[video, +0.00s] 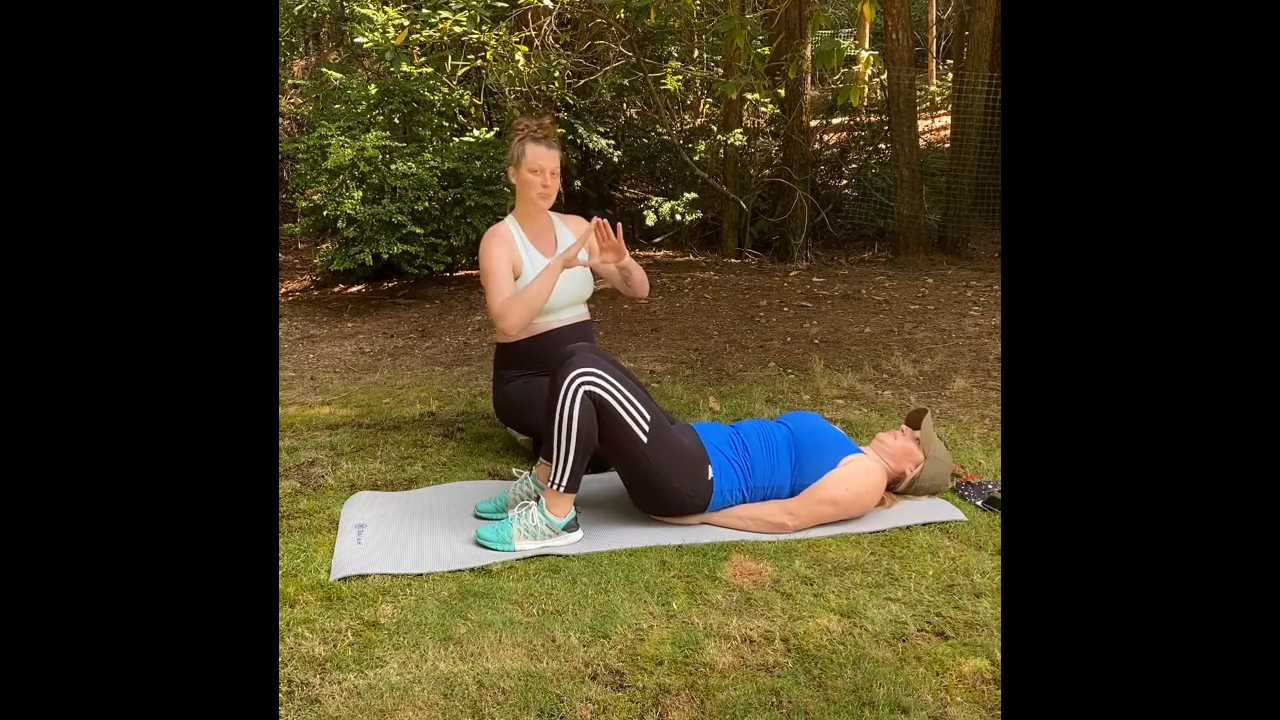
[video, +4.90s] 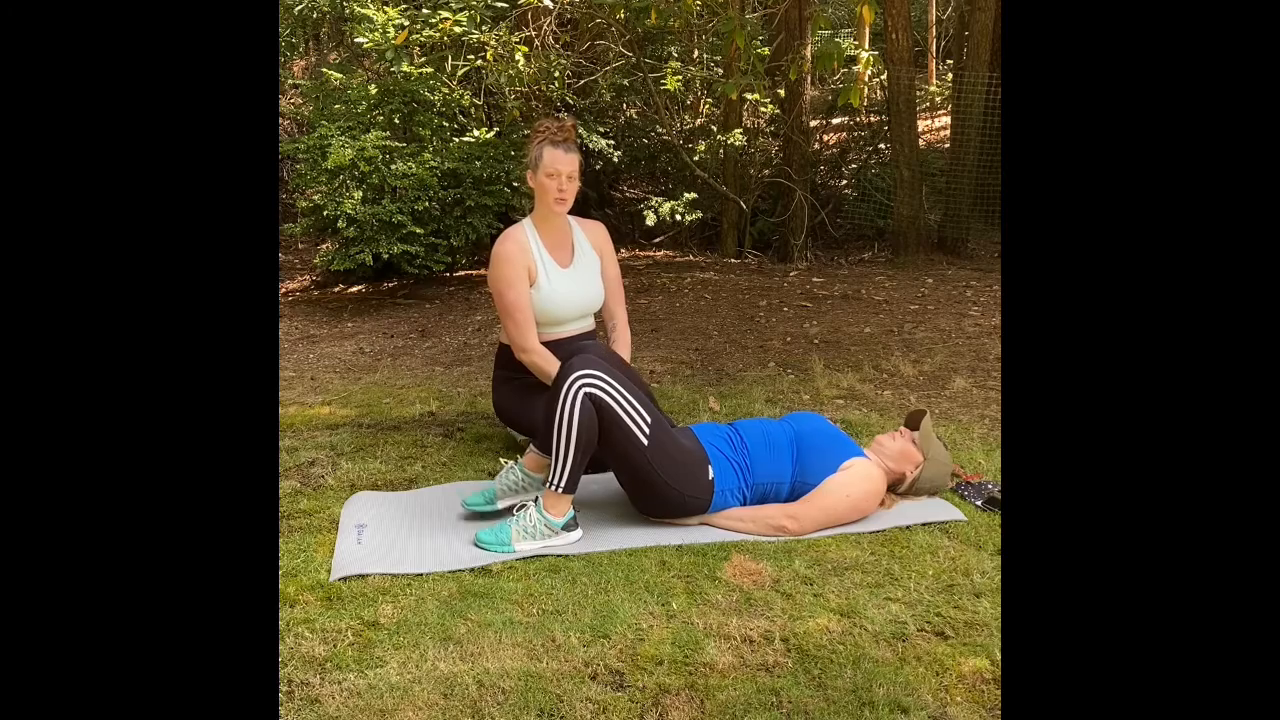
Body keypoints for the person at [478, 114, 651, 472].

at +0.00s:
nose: (547, 183)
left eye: (554, 173)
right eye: (536, 173)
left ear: (561, 177)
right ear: (513, 175)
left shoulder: (576, 228)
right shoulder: (498, 241)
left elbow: (639, 292)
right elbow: (507, 325)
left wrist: (625, 265)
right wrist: (557, 264)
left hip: (584, 363)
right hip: (524, 376)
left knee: (650, 435)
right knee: (605, 445)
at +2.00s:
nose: (549, 182)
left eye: (556, 173)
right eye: (538, 170)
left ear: (563, 180)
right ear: (515, 173)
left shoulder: (579, 229)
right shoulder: (498, 242)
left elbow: (644, 292)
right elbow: (501, 321)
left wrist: (627, 269)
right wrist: (554, 268)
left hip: (584, 364)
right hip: (523, 376)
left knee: (638, 439)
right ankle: (540, 454)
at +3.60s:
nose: (549, 183)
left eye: (558, 175)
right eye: (539, 172)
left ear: (565, 180)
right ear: (518, 174)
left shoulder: (581, 230)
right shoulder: (500, 242)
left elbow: (641, 297)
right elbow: (495, 330)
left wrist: (628, 286)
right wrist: (561, 292)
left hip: (585, 366)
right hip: (523, 379)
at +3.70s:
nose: (549, 181)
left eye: (558, 173)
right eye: (539, 171)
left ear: (565, 179)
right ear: (518, 174)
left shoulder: (583, 231)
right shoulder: (502, 242)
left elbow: (626, 289)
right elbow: (491, 336)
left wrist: (629, 302)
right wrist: (564, 320)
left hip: (581, 368)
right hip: (521, 381)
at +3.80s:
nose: (551, 181)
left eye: (559, 172)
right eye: (540, 170)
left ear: (566, 178)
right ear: (519, 175)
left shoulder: (584, 232)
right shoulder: (503, 243)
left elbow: (620, 299)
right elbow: (491, 342)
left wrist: (625, 337)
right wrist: (569, 355)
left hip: (586, 367)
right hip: (523, 377)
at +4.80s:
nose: (563, 187)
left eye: (571, 177)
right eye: (553, 176)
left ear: (579, 181)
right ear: (531, 179)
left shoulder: (594, 234)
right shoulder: (511, 248)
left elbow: (617, 323)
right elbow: (526, 348)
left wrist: (616, 384)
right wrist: (590, 396)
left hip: (586, 367)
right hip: (526, 378)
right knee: (605, 441)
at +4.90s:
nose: (563, 186)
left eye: (571, 177)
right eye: (552, 176)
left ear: (579, 180)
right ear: (531, 179)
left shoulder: (595, 234)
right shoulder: (512, 247)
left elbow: (618, 324)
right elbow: (526, 349)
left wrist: (617, 384)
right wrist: (589, 396)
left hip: (589, 371)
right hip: (524, 380)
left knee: (584, 350)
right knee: (607, 444)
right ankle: (533, 465)